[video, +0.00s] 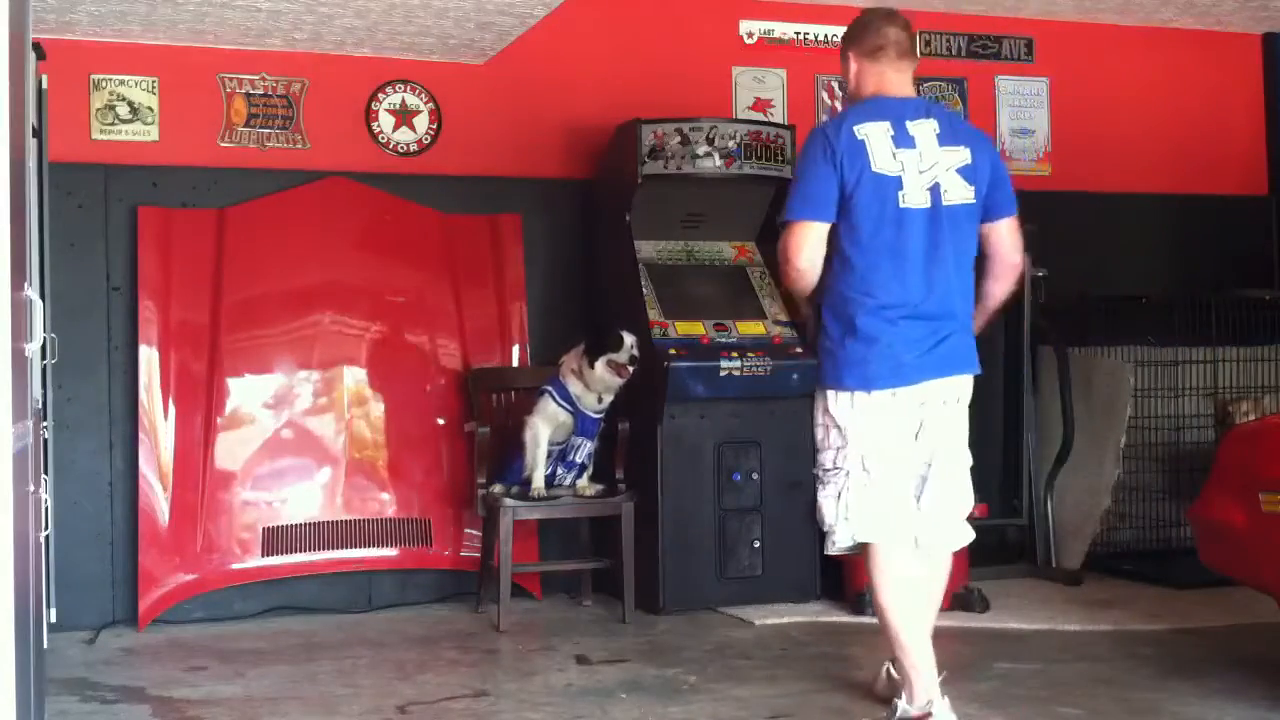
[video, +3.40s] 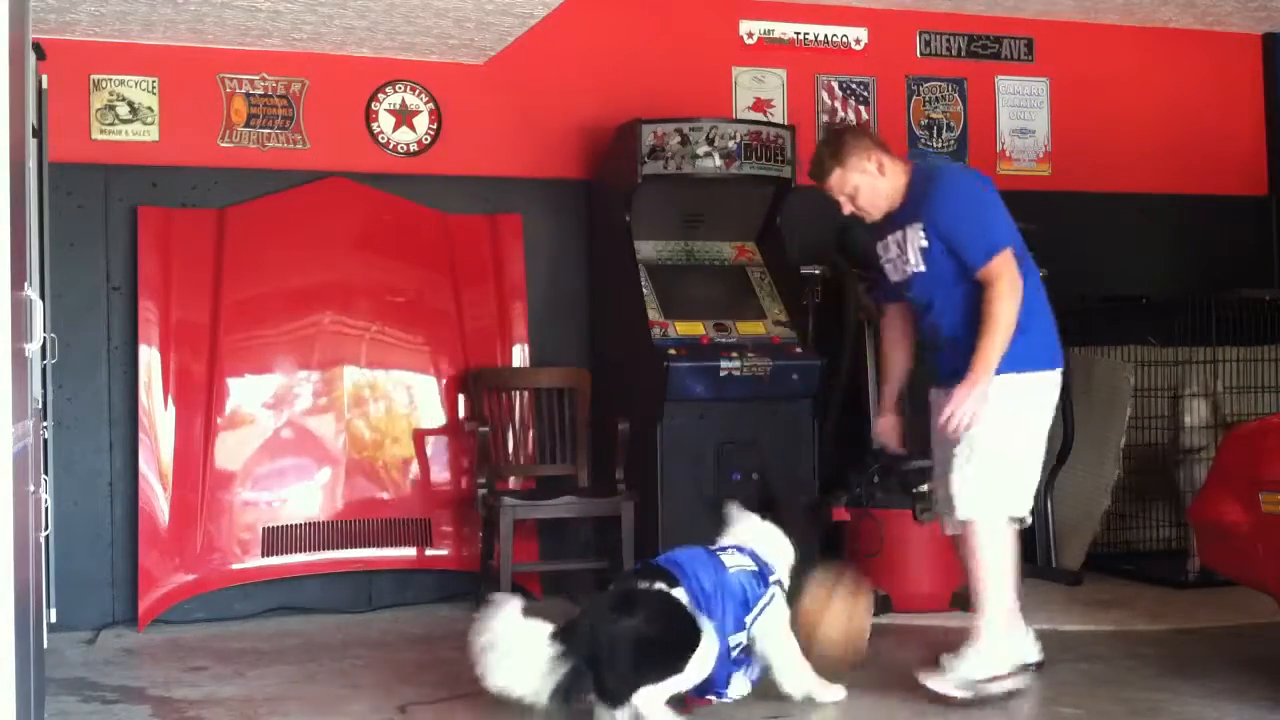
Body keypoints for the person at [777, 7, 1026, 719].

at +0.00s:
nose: (841, 79)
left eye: (841, 68)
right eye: (844, 69)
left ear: (850, 65)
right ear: (915, 64)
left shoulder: (836, 138)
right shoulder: (972, 139)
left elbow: (801, 266)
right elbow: (1007, 263)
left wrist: (814, 313)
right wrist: (962, 328)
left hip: (868, 369)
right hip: (950, 364)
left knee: (885, 532)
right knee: (936, 526)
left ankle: (928, 698)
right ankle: (906, 667)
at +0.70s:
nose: (788, 107)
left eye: (786, 96)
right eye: (788, 97)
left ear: (800, 87)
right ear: (851, 81)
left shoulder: (803, 146)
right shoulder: (916, 143)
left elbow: (786, 264)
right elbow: (950, 254)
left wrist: (775, 317)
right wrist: (897, 293)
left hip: (835, 367)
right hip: (915, 360)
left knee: (830, 520)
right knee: (907, 514)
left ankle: (842, 676)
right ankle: (910, 669)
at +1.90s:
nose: (825, 163)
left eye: (819, 148)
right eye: (818, 152)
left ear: (840, 123)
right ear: (862, 117)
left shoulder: (891, 160)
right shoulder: (935, 162)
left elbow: (898, 249)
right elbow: (945, 279)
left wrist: (796, 259)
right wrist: (873, 324)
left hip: (930, 357)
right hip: (992, 351)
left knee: (888, 503)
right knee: (980, 503)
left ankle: (899, 658)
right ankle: (982, 650)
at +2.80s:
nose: (792, 179)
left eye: (787, 163)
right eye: (783, 171)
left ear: (813, 125)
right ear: (819, 124)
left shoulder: (862, 166)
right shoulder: (882, 153)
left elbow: (889, 256)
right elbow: (905, 257)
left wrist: (836, 351)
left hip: (918, 357)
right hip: (953, 350)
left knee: (895, 507)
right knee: (943, 498)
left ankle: (905, 663)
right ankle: (990, 630)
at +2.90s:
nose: (797, 177)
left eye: (794, 161)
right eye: (789, 169)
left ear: (820, 123)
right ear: (828, 121)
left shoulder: (870, 164)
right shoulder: (888, 153)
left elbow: (910, 250)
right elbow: (892, 262)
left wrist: (898, 362)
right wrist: (827, 297)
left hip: (924, 359)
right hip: (955, 355)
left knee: (900, 503)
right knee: (941, 496)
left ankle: (905, 663)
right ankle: (995, 621)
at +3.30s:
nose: (840, 202)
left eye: (840, 186)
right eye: (831, 194)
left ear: (870, 154)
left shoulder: (944, 185)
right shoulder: (881, 223)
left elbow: (1002, 269)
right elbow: (881, 325)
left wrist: (986, 369)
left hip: (995, 375)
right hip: (942, 379)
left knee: (960, 511)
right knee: (963, 512)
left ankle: (930, 655)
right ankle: (1012, 634)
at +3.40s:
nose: (848, 210)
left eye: (849, 195)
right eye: (840, 201)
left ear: (878, 163)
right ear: (866, 176)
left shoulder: (953, 190)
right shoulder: (882, 227)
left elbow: (1005, 279)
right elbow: (896, 318)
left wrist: (978, 378)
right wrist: (889, 403)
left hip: (1014, 366)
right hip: (956, 371)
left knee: (986, 498)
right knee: (964, 502)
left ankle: (996, 642)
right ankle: (1008, 632)